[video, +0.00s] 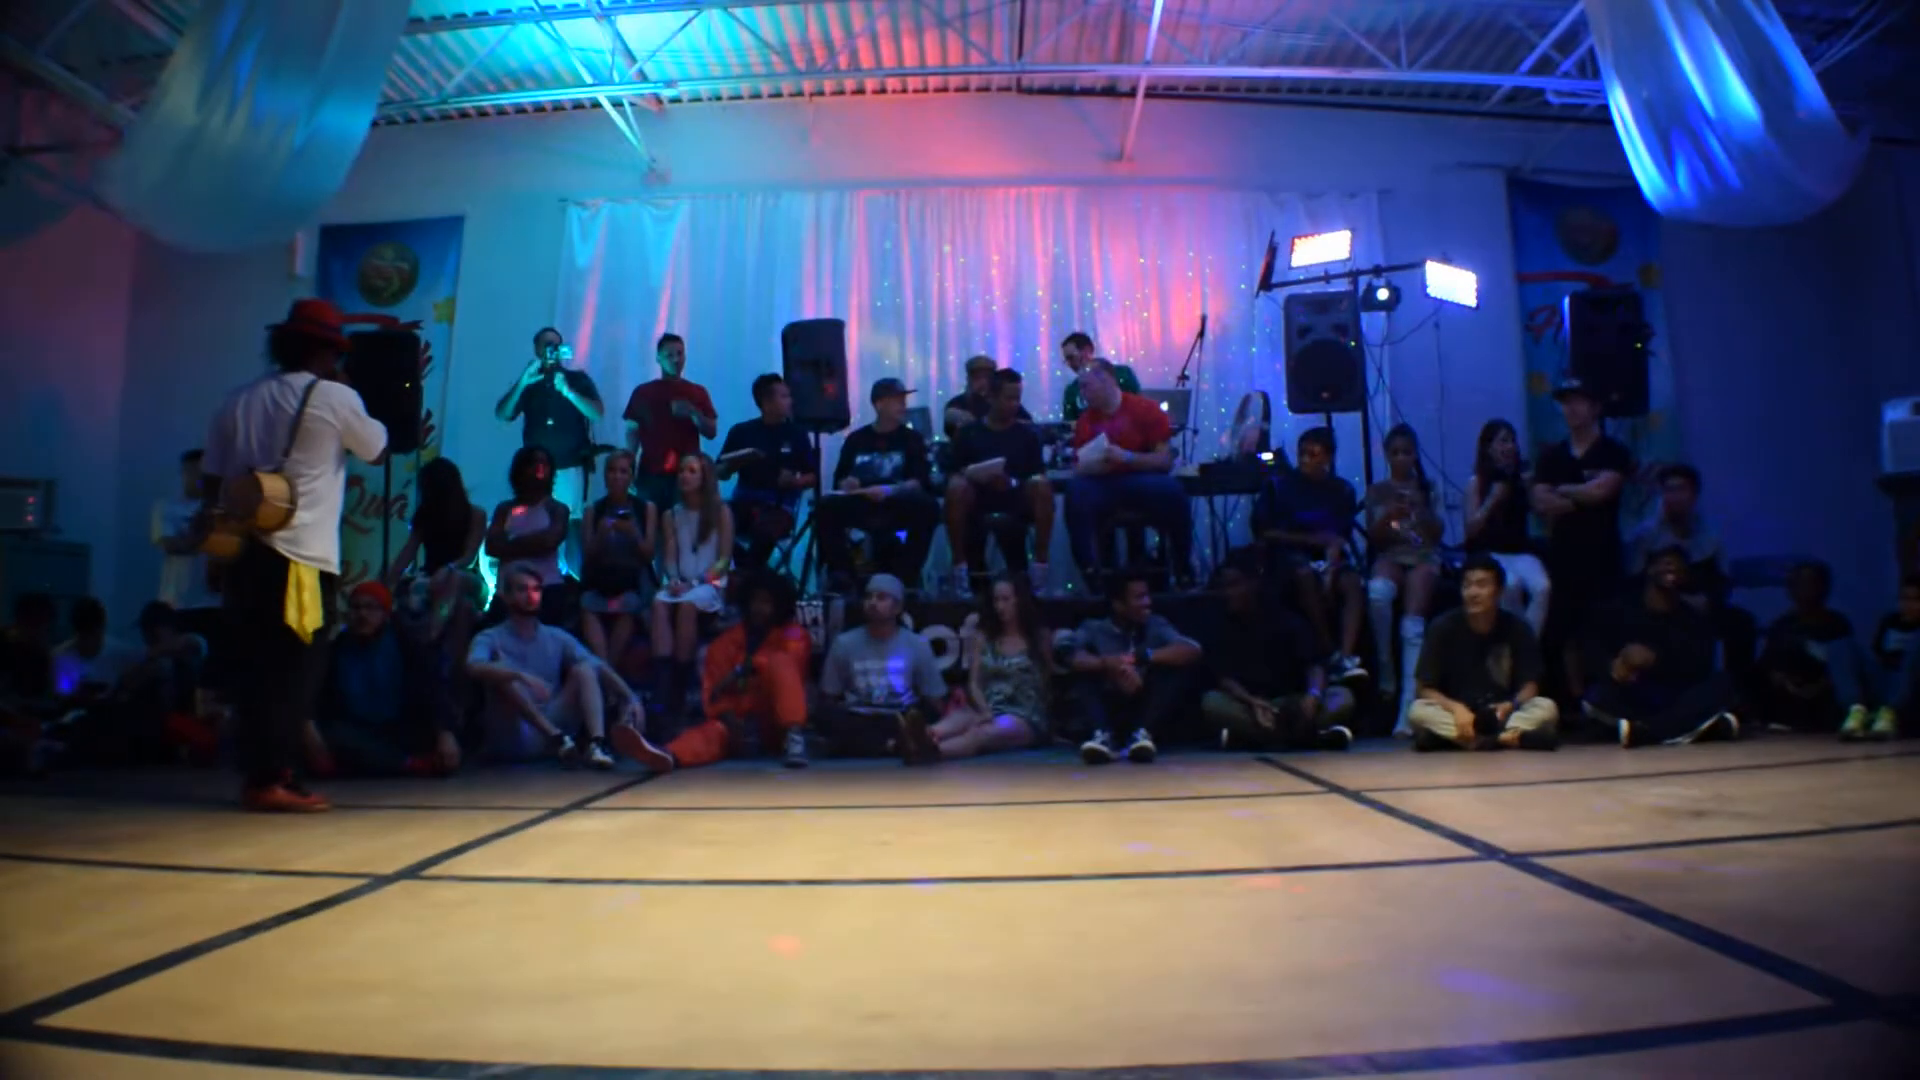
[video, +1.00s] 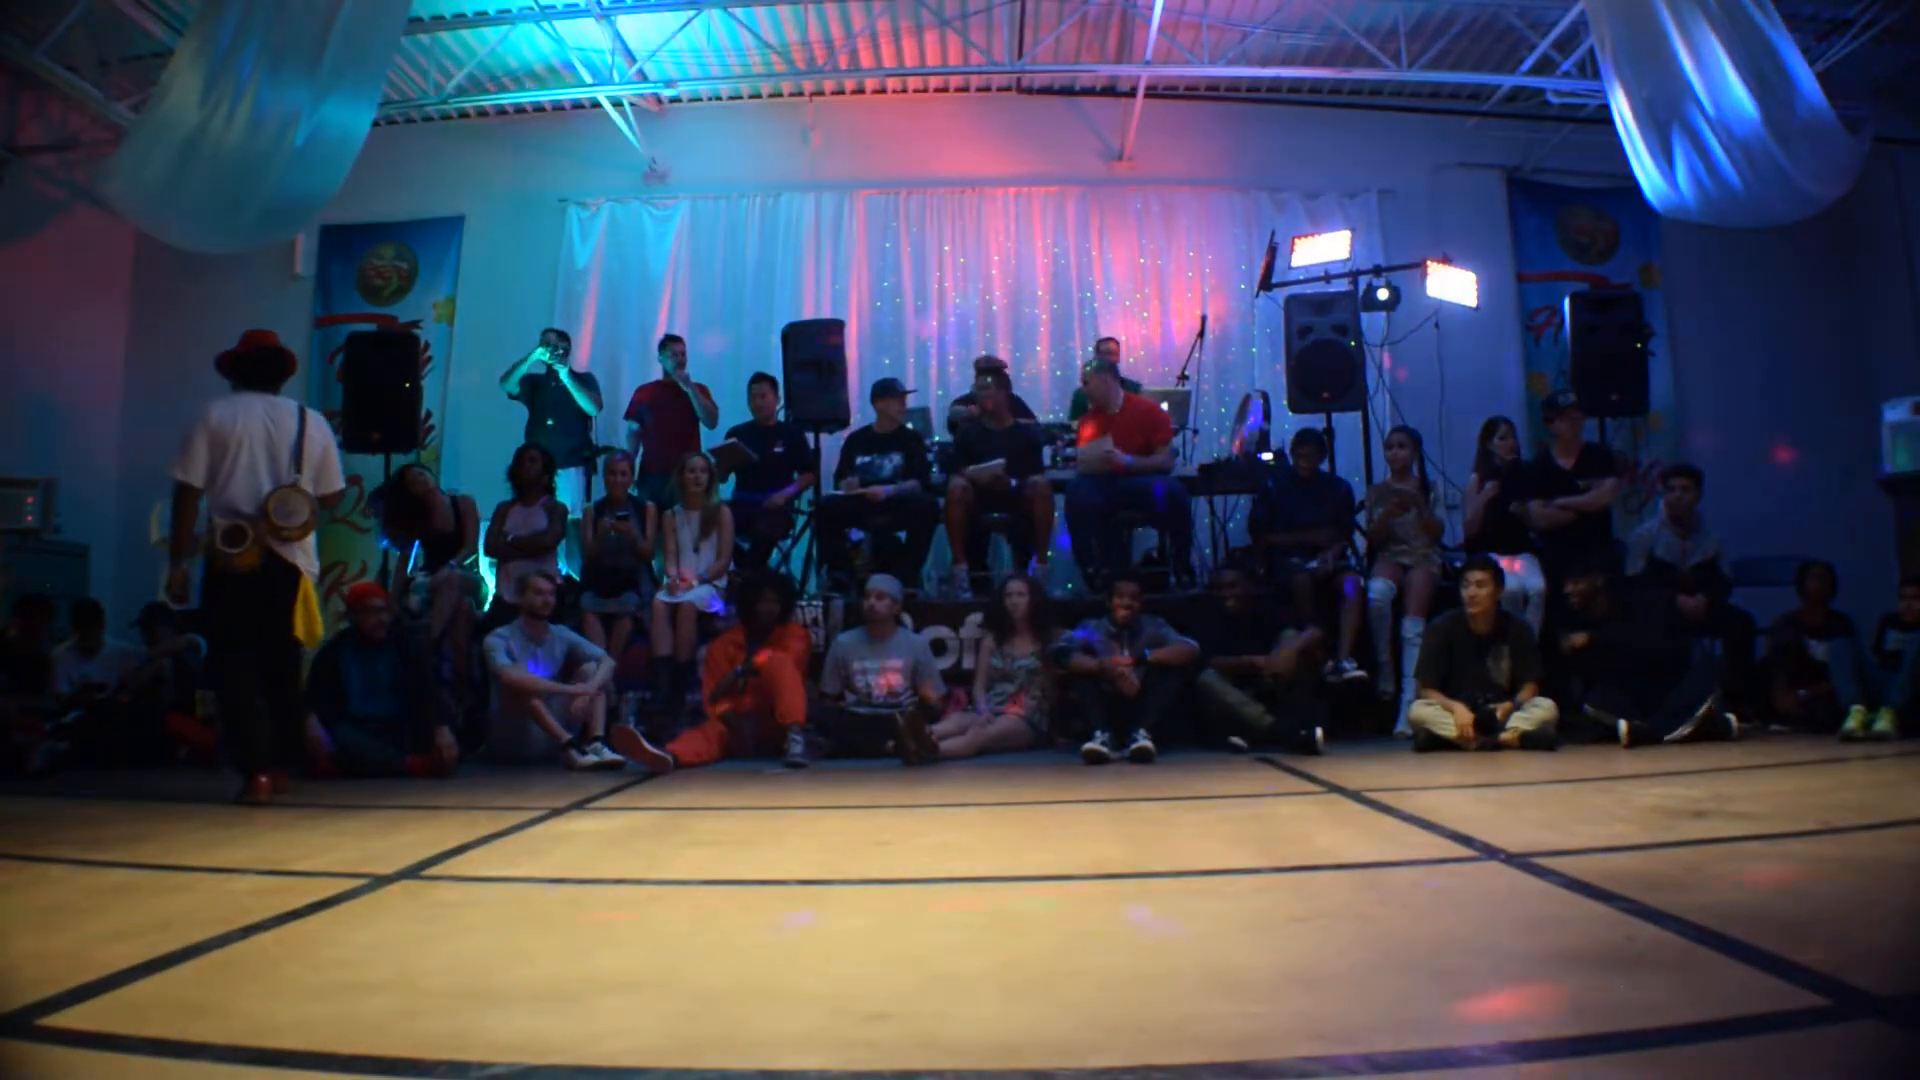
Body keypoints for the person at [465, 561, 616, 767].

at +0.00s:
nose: (531, 596)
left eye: (536, 589)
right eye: (522, 590)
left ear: (541, 594)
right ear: (506, 597)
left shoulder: (556, 637)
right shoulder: (489, 639)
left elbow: (596, 665)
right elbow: (475, 667)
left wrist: (631, 700)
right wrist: (523, 678)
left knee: (584, 670)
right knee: (509, 683)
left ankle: (596, 742)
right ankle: (557, 738)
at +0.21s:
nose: (532, 595)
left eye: (536, 589)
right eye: (523, 589)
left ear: (542, 594)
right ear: (507, 596)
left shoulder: (555, 635)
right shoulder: (490, 639)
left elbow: (601, 660)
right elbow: (483, 668)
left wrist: (629, 689)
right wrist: (554, 676)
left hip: (557, 731)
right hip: (513, 736)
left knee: (582, 667)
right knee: (517, 683)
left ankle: (593, 740)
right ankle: (566, 746)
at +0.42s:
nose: (538, 599)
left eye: (543, 592)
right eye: (530, 593)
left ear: (549, 596)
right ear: (515, 598)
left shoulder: (559, 634)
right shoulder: (497, 638)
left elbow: (605, 660)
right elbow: (508, 670)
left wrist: (609, 689)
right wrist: (571, 679)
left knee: (585, 668)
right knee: (521, 682)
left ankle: (594, 742)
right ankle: (568, 746)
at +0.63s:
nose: (544, 601)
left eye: (549, 595)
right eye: (536, 595)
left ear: (556, 600)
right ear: (523, 600)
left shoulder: (564, 635)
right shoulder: (502, 638)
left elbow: (608, 665)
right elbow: (514, 674)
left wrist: (593, 693)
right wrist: (578, 687)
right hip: (517, 734)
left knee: (587, 668)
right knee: (529, 677)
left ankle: (595, 743)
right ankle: (568, 745)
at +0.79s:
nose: (548, 602)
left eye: (553, 596)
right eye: (540, 595)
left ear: (558, 600)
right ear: (525, 600)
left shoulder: (564, 635)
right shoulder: (502, 639)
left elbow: (610, 665)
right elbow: (514, 679)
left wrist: (593, 697)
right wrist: (580, 693)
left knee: (589, 669)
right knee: (522, 674)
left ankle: (596, 744)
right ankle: (569, 746)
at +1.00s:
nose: (548, 600)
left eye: (551, 594)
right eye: (539, 593)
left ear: (555, 597)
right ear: (522, 598)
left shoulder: (561, 634)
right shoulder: (499, 639)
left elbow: (608, 662)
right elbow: (509, 677)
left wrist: (587, 694)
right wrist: (573, 690)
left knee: (590, 669)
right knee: (520, 681)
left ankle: (596, 743)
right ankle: (568, 746)